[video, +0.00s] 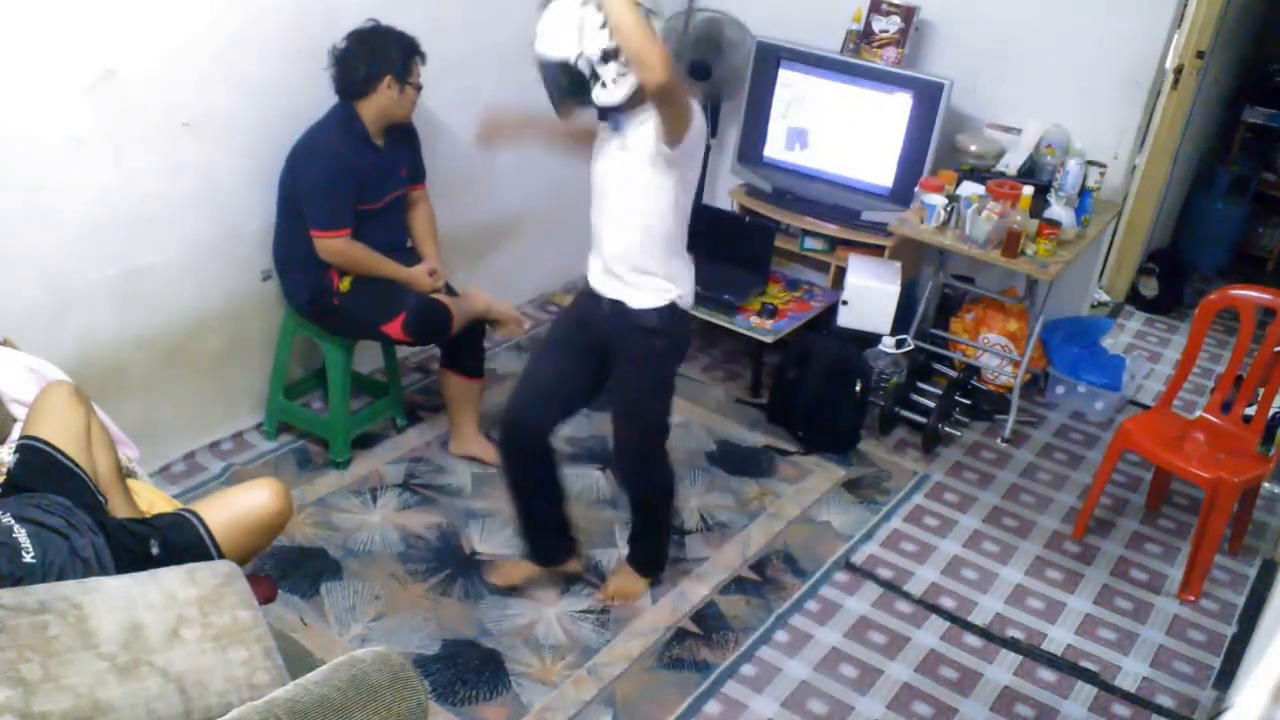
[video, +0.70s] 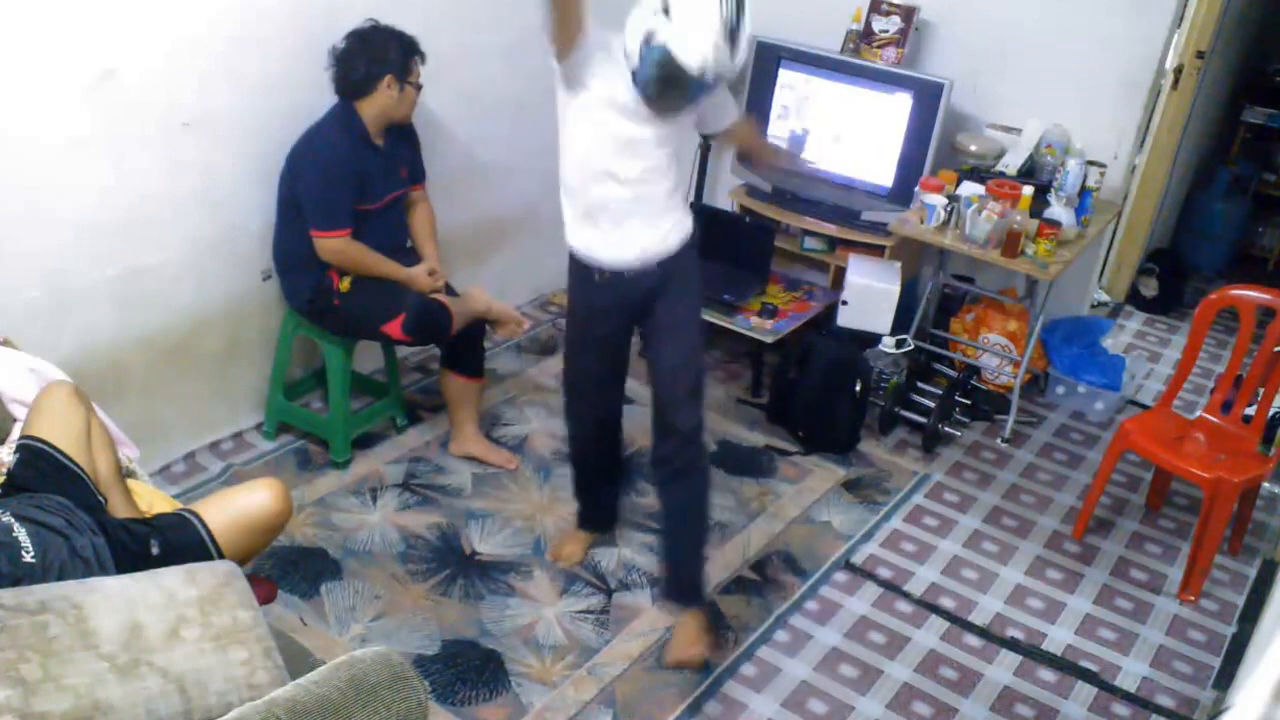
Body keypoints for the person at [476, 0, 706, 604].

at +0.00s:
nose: (603, 68)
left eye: (613, 55)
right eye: (597, 58)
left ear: (643, 58)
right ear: (593, 63)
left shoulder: (679, 122)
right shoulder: (613, 126)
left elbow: (657, 77)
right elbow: (578, 137)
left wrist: (615, 2)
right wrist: (519, 130)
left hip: (655, 317)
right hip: (598, 304)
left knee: (638, 452)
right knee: (523, 423)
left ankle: (645, 560)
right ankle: (554, 553)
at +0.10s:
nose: (613, 50)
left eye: (628, 43)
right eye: (613, 43)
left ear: (654, 47)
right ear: (628, 41)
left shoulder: (681, 103)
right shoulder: (612, 93)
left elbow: (631, 44)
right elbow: (579, 70)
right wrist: (537, 55)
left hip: (663, 300)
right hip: (600, 288)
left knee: (652, 440)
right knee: (550, 420)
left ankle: (642, 561)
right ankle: (571, 550)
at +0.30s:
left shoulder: (680, 82)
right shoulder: (604, 60)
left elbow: (597, 61)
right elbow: (561, 39)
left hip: (664, 284)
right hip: (591, 278)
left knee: (700, 436)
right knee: (574, 419)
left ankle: (749, 565)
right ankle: (589, 519)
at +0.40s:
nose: (616, 78)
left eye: (633, 65)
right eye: (606, 63)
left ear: (661, 62)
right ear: (590, 57)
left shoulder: (685, 123)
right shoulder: (584, 87)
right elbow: (513, 26)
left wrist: (560, 195)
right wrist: (568, 5)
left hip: (660, 304)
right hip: (584, 302)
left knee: (718, 446)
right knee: (572, 429)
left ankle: (791, 576)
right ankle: (595, 529)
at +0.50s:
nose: (634, 63)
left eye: (654, 54)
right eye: (627, 45)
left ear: (681, 49)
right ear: (613, 29)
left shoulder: (692, 100)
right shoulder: (579, 54)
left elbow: (675, 196)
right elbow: (504, 7)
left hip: (670, 268)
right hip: (592, 266)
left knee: (712, 418)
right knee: (590, 414)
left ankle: (769, 565)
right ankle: (593, 523)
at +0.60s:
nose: (667, 53)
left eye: (683, 45)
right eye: (661, 35)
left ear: (696, 47)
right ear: (635, 19)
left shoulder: (700, 79)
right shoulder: (580, 37)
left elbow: (722, 188)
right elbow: (528, 3)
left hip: (671, 252)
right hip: (593, 251)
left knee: (694, 406)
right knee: (594, 393)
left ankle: (717, 570)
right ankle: (603, 512)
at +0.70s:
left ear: (674, 37)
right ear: (626, 26)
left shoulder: (691, 83)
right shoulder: (580, 57)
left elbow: (742, 136)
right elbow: (565, 13)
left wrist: (774, 158)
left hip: (669, 268)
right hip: (593, 268)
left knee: (680, 430)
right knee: (590, 410)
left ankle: (687, 600)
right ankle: (594, 518)